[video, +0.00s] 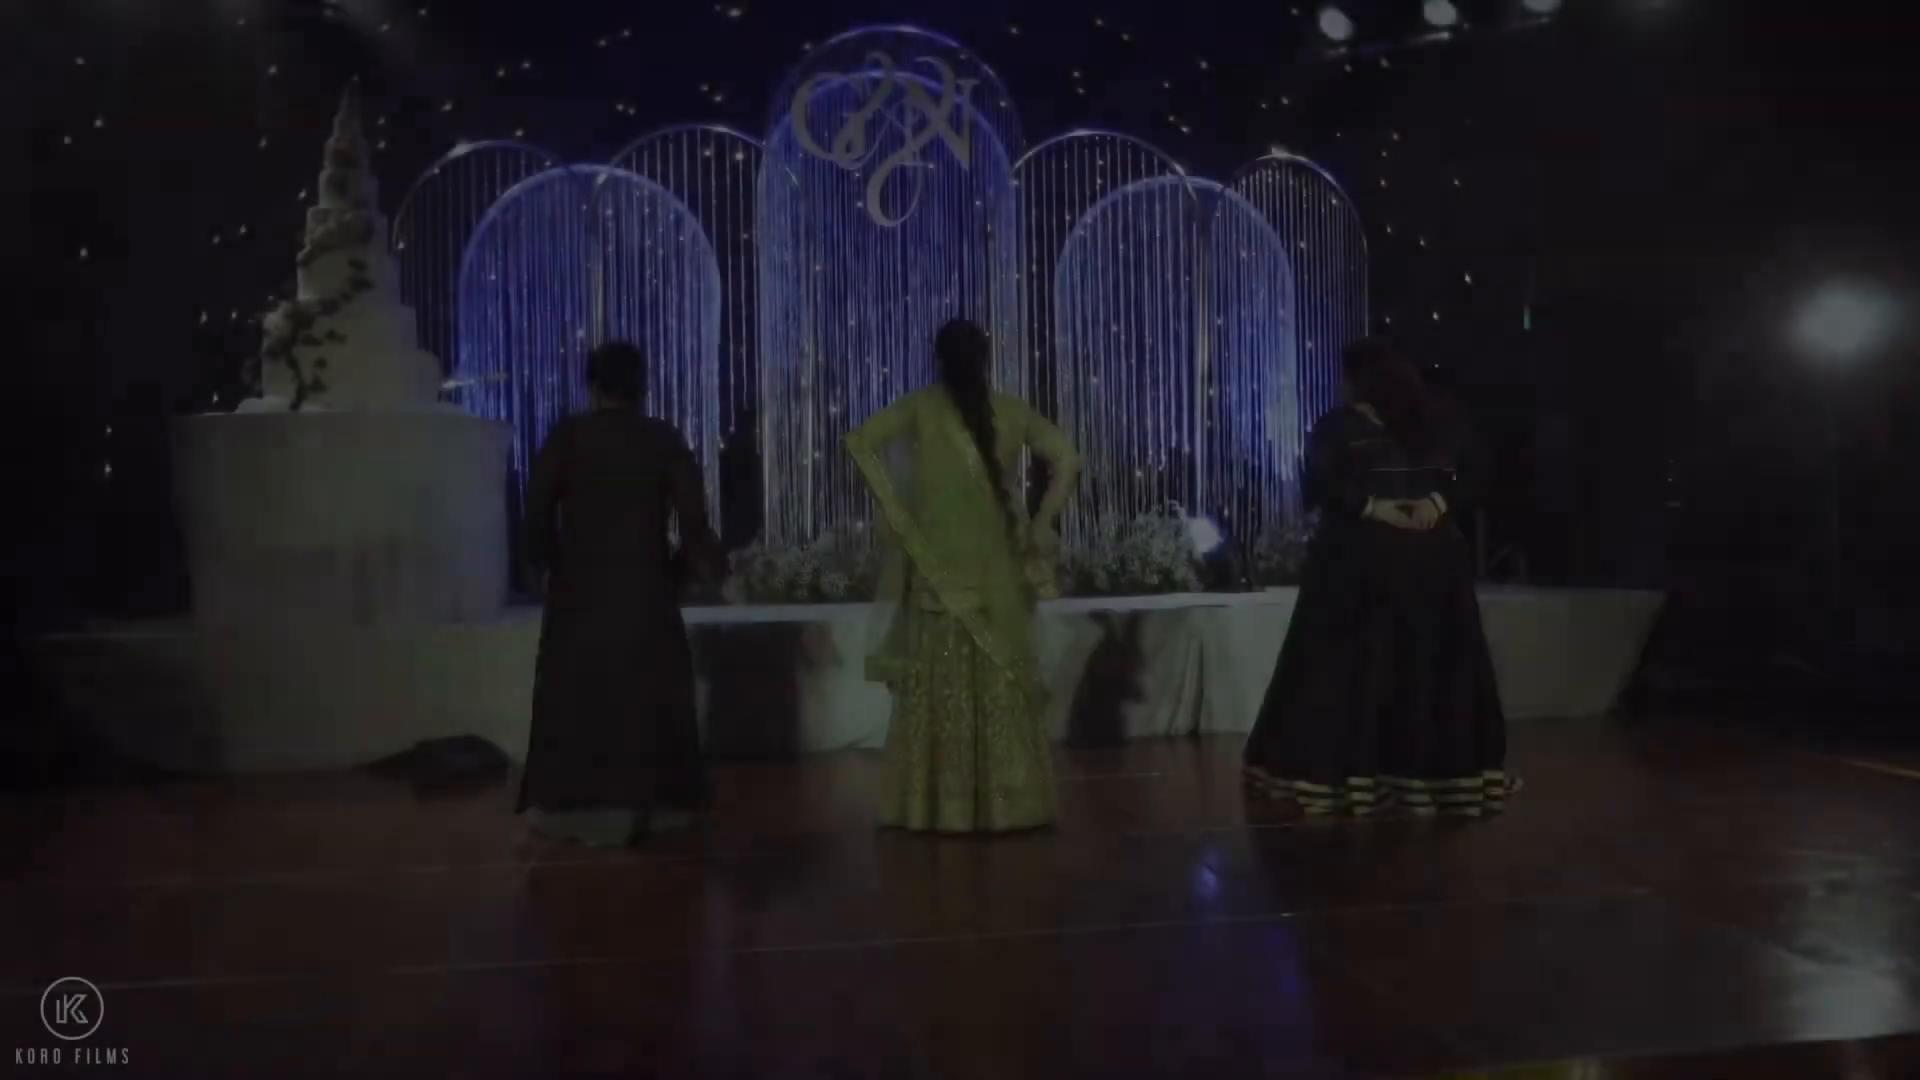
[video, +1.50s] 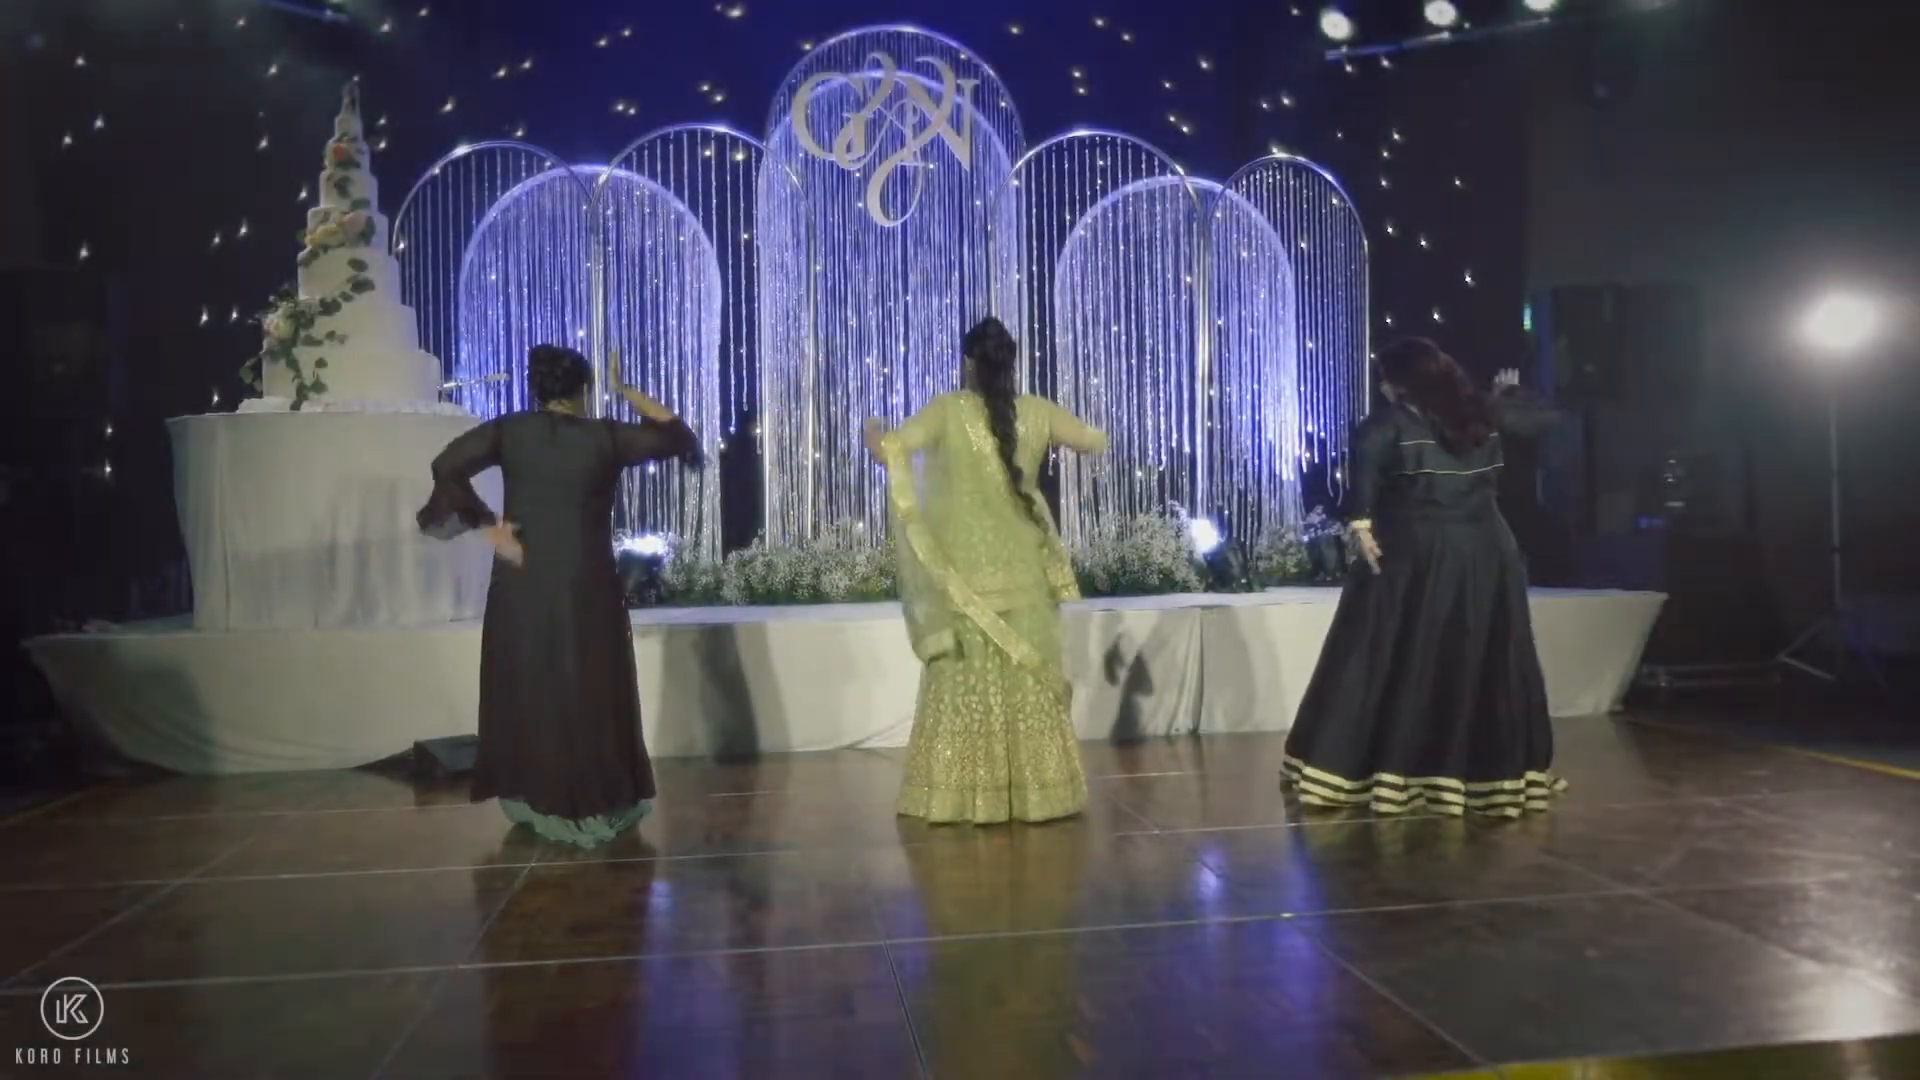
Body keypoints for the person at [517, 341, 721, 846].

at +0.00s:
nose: (612, 394)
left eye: (603, 382)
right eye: (626, 382)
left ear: (592, 385)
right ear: (642, 386)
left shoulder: (565, 437)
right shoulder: (665, 440)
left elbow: (537, 517)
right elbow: (694, 527)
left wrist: (559, 566)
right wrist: (675, 575)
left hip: (580, 593)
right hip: (644, 592)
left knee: (577, 700)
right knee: (650, 697)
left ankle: (571, 809)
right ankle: (651, 807)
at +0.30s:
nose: (586, 395)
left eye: (569, 386)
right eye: (599, 385)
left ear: (560, 387)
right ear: (608, 387)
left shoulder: (531, 438)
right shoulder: (630, 438)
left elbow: (502, 518)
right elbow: (659, 511)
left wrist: (527, 565)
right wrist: (646, 563)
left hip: (550, 590)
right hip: (612, 588)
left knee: (554, 695)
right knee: (621, 693)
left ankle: (556, 807)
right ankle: (624, 803)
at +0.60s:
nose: (555, 394)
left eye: (542, 386)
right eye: (573, 384)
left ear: (536, 391)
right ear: (585, 388)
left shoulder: (511, 437)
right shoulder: (609, 439)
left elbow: (457, 497)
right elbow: (654, 497)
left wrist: (478, 537)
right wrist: (645, 528)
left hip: (528, 588)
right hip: (590, 588)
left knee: (533, 696)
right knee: (595, 694)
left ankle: (540, 808)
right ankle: (600, 806)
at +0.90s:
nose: (558, 395)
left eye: (541, 388)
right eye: (567, 386)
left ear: (529, 390)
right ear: (578, 389)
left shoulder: (504, 434)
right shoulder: (605, 435)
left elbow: (426, 433)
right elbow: (679, 437)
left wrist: (352, 429)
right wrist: (748, 433)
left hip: (524, 590)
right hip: (590, 590)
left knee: (531, 699)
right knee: (592, 698)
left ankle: (536, 813)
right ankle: (591, 814)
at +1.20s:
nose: (563, 395)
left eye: (539, 386)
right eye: (572, 385)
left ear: (530, 389)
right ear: (580, 389)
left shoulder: (505, 431)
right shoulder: (604, 435)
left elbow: (428, 446)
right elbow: (679, 422)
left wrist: (364, 460)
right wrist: (730, 380)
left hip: (524, 585)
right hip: (588, 585)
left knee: (530, 695)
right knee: (591, 694)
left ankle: (534, 809)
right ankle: (594, 811)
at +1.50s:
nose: (583, 395)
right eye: (583, 388)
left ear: (535, 389)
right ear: (583, 390)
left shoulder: (509, 430)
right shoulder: (604, 437)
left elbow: (446, 467)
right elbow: (678, 438)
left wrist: (489, 525)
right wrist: (639, 400)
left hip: (522, 584)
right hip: (584, 583)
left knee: (527, 691)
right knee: (592, 691)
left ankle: (533, 805)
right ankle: (594, 808)